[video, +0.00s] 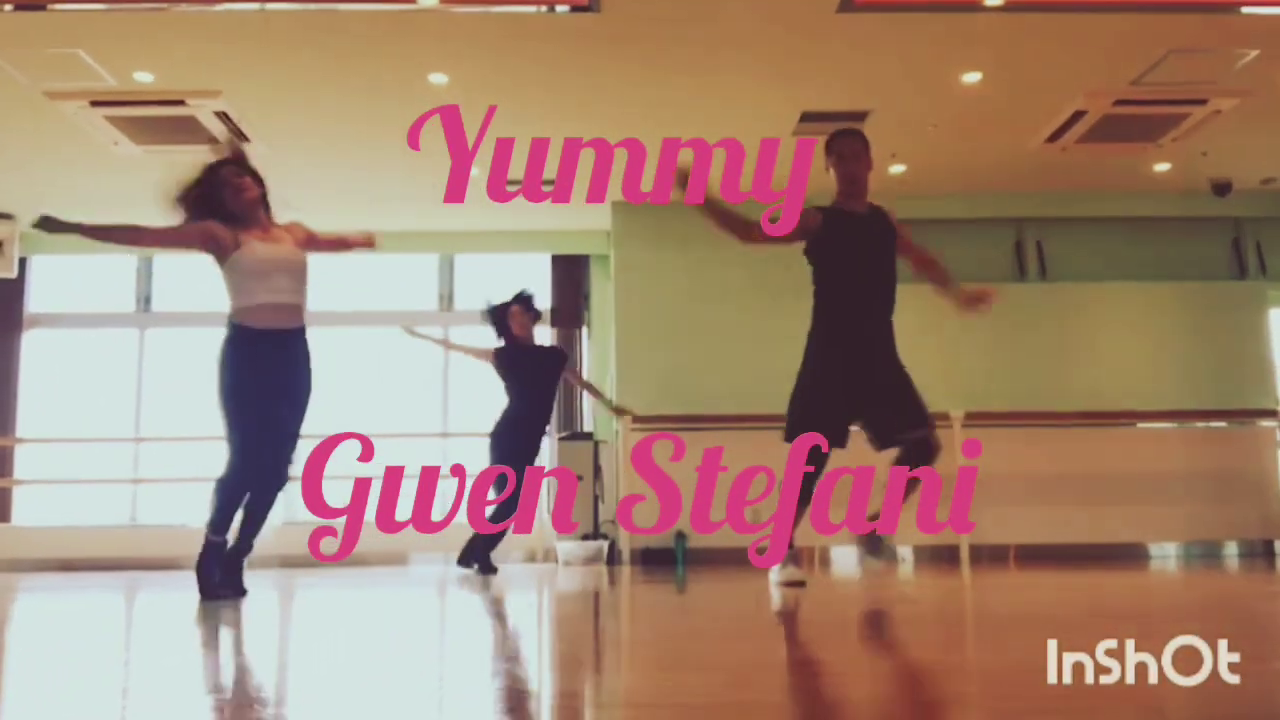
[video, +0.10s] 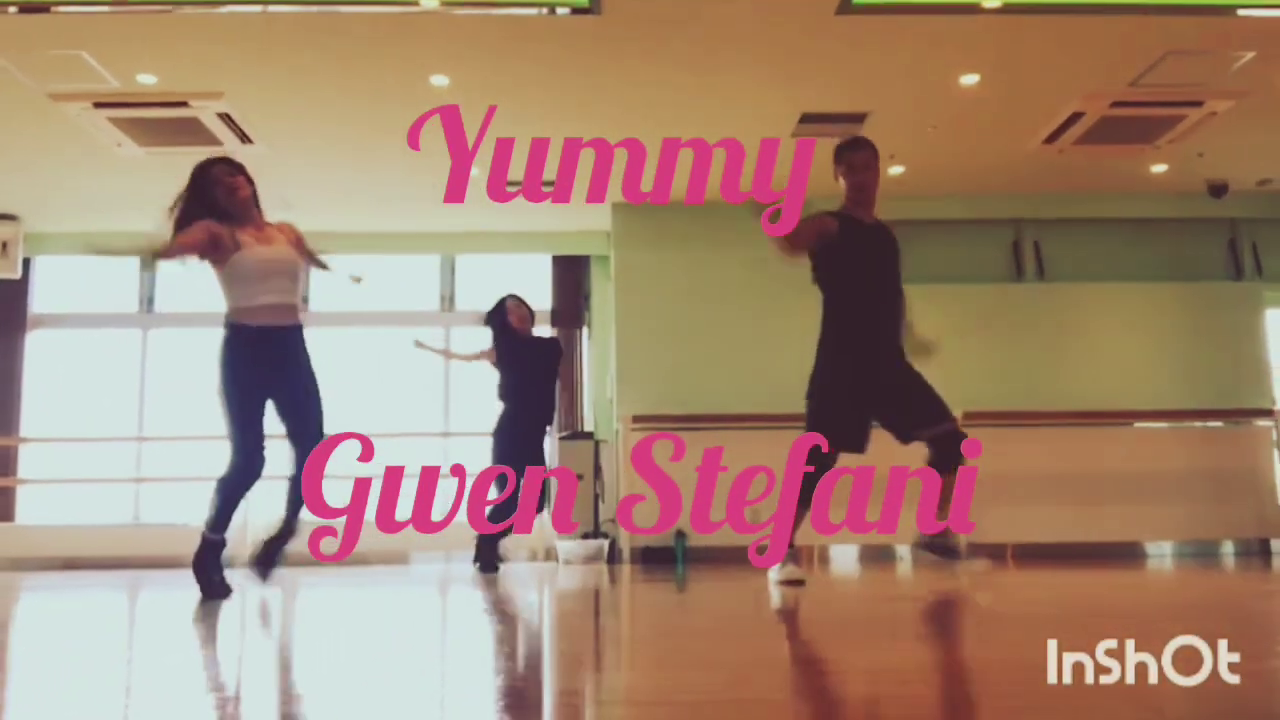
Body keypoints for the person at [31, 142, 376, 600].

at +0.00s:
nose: (244, 183)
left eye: (245, 175)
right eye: (231, 183)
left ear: (260, 183)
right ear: (220, 202)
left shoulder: (292, 234)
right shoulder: (220, 235)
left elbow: (330, 242)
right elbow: (145, 236)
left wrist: (362, 240)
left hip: (292, 353)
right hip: (247, 352)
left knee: (276, 467)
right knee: (246, 460)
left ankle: (237, 559)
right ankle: (212, 551)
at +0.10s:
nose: (240, 183)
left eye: (242, 176)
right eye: (228, 180)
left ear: (252, 183)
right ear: (212, 197)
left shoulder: (285, 231)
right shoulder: (217, 232)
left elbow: (311, 259)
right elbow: (182, 244)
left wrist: (321, 262)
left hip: (289, 348)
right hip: (244, 350)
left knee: (312, 450)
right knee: (248, 461)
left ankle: (285, 535)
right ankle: (209, 551)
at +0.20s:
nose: (242, 181)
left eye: (243, 173)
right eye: (230, 177)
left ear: (253, 180)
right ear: (212, 194)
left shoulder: (281, 233)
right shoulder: (218, 232)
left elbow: (288, 287)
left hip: (291, 350)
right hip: (248, 352)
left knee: (341, 441)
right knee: (251, 460)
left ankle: (340, 539)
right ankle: (210, 550)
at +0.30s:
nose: (249, 190)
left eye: (251, 183)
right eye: (237, 187)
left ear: (260, 191)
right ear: (219, 203)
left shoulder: (281, 244)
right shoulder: (226, 241)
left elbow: (281, 300)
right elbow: (264, 292)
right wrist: (317, 311)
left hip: (296, 354)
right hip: (255, 358)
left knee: (353, 447)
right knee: (262, 465)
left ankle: (383, 540)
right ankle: (209, 550)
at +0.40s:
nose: (267, 200)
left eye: (267, 192)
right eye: (256, 197)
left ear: (276, 199)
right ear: (240, 212)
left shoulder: (294, 252)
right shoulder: (243, 249)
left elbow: (296, 303)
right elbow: (284, 295)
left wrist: (312, 306)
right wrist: (325, 294)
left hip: (305, 362)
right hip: (266, 365)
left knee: (361, 451)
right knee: (275, 472)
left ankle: (390, 547)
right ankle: (215, 549)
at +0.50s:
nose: (282, 198)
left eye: (284, 191)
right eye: (270, 196)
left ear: (294, 198)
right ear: (256, 210)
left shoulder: (310, 250)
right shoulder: (266, 248)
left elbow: (311, 303)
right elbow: (310, 289)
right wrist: (351, 254)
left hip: (320, 362)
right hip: (287, 363)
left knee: (373, 445)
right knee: (282, 468)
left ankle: (395, 545)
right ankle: (221, 546)